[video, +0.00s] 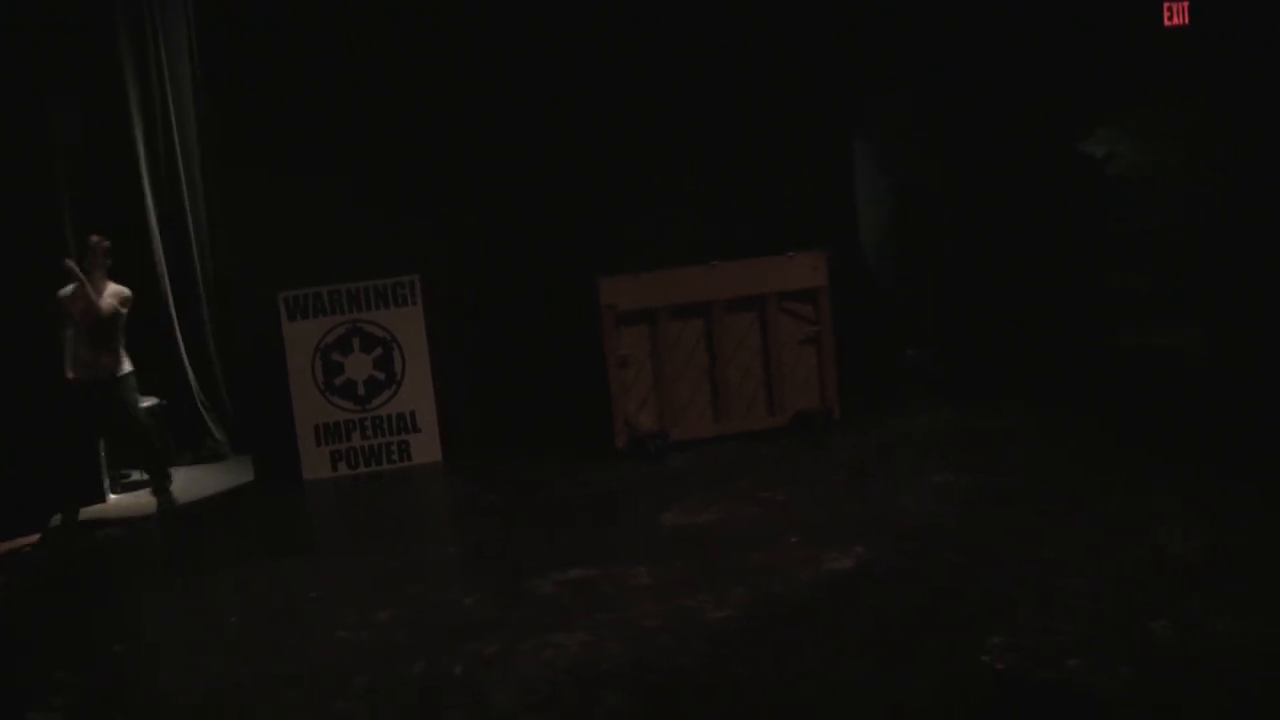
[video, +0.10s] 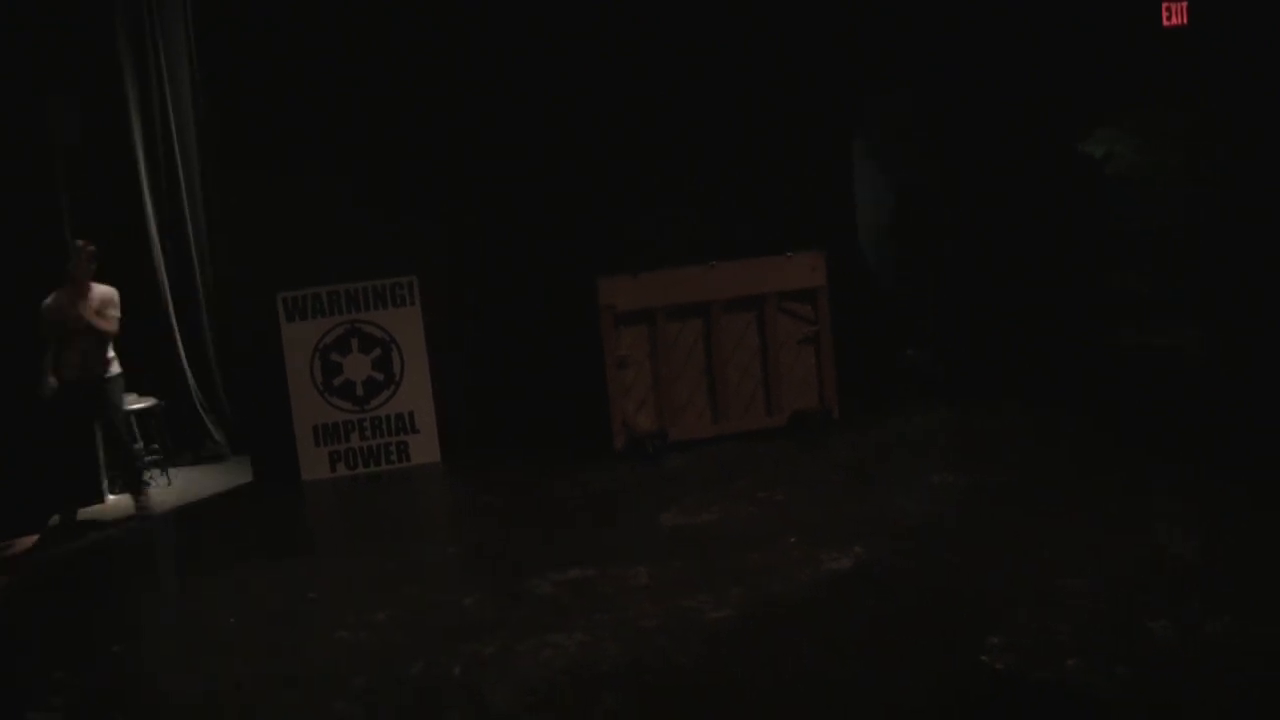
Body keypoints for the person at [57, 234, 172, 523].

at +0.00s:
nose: (102, 260)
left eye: (105, 254)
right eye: (97, 254)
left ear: (110, 258)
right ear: (86, 258)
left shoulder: (121, 293)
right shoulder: (68, 296)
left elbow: (101, 312)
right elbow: (64, 336)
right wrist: (68, 370)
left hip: (118, 375)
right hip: (83, 379)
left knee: (134, 429)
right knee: (77, 442)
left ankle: (161, 487)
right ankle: (70, 508)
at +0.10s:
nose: (84, 269)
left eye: (88, 263)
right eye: (80, 263)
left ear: (94, 265)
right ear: (69, 266)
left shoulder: (107, 295)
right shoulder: (54, 304)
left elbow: (112, 329)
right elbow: (48, 345)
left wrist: (86, 313)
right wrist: (49, 376)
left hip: (106, 375)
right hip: (72, 380)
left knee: (117, 431)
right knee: (72, 441)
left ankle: (138, 490)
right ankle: (70, 505)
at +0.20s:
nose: (65, 271)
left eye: (69, 265)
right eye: (60, 266)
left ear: (79, 267)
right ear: (54, 270)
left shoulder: (101, 300)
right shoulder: (44, 308)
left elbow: (114, 332)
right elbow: (37, 344)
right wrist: (40, 372)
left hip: (96, 381)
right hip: (61, 385)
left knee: (106, 439)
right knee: (62, 446)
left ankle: (129, 493)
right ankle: (64, 509)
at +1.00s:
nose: (36, 303)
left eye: (40, 297)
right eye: (31, 298)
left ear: (50, 299)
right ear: (25, 303)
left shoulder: (71, 328)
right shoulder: (18, 338)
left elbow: (89, 363)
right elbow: (17, 380)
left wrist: (96, 400)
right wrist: (21, 410)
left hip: (72, 400)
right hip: (39, 406)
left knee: (69, 445)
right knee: (44, 457)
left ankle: (105, 506)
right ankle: (55, 521)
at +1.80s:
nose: (48, 339)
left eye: (52, 334)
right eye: (44, 335)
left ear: (62, 337)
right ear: (39, 339)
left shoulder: (81, 370)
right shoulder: (36, 375)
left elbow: (89, 408)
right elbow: (34, 419)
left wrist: (87, 440)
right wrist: (39, 452)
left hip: (82, 433)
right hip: (55, 436)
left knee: (82, 459)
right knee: (57, 465)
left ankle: (110, 513)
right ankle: (69, 525)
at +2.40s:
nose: (90, 344)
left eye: (95, 337)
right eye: (86, 338)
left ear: (104, 340)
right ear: (79, 341)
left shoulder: (122, 368)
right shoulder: (69, 373)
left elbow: (133, 404)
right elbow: (61, 409)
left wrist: (132, 435)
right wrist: (70, 433)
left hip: (115, 426)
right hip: (83, 429)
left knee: (120, 468)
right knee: (90, 474)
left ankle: (130, 510)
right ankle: (97, 521)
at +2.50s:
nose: (88, 297)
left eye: (91, 290)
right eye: (83, 291)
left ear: (100, 294)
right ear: (76, 297)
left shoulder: (121, 327)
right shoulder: (66, 331)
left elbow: (131, 366)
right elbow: (55, 373)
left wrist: (132, 399)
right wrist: (71, 397)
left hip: (116, 405)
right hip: (84, 408)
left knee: (121, 460)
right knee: (92, 465)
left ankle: (134, 511)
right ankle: (100, 521)